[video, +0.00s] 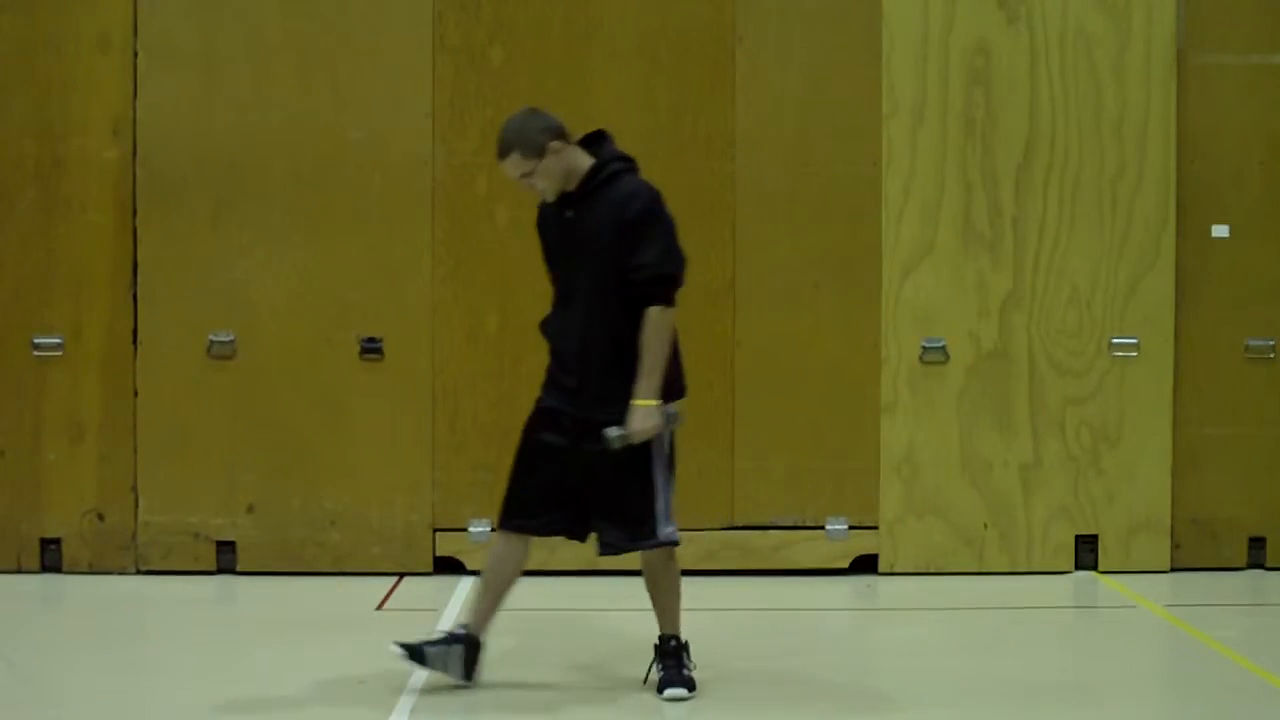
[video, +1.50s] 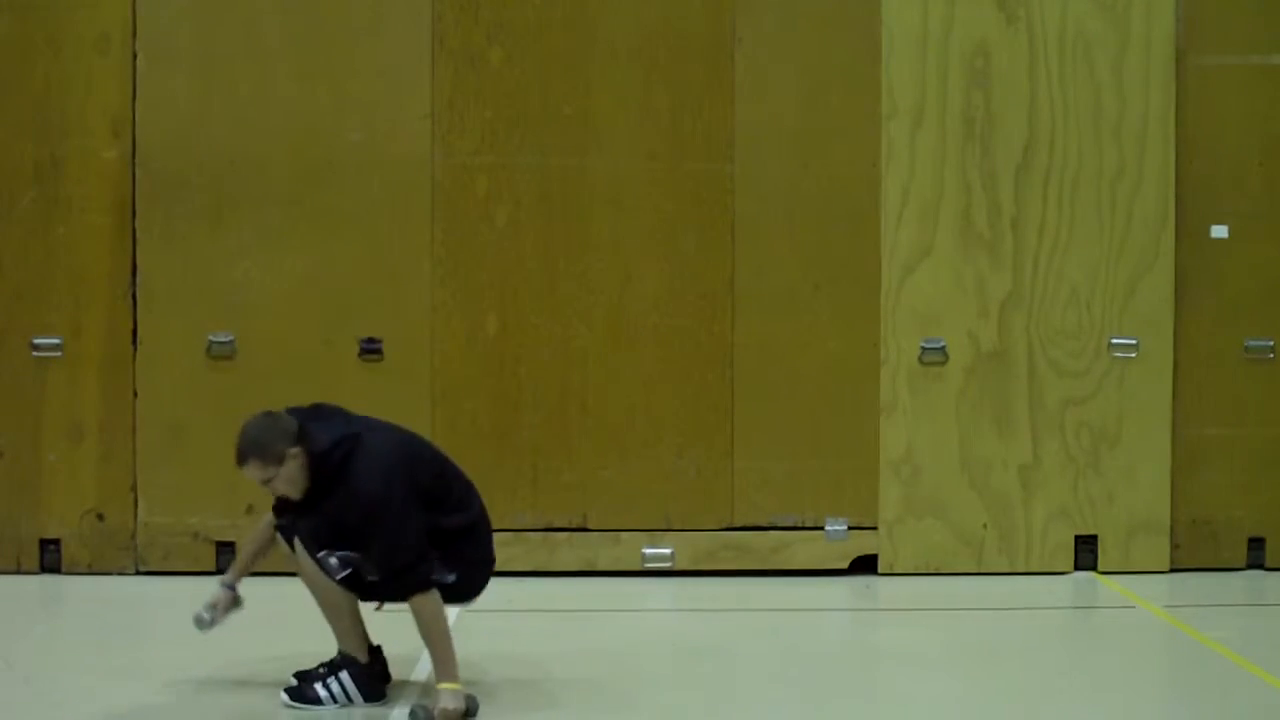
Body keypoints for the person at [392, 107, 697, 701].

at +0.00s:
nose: (529, 190)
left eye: (529, 175)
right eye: (520, 180)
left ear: (557, 148)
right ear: (536, 162)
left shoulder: (634, 200)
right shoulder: (553, 211)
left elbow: (661, 302)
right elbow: (572, 300)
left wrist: (646, 397)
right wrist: (567, 376)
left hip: (635, 393)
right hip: (568, 388)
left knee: (652, 531)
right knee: (519, 517)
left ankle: (672, 650)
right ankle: (466, 642)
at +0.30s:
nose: (402, 212)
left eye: (400, 199)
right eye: (394, 203)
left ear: (426, 174)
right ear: (415, 181)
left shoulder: (514, 207)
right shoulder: (449, 219)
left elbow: (550, 306)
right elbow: (482, 307)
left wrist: (538, 402)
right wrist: (488, 380)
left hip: (558, 393)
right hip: (494, 393)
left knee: (603, 527)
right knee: (455, 523)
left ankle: (659, 643)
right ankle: (432, 653)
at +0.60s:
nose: (316, 243)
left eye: (313, 231)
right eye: (307, 237)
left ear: (332, 201)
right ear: (329, 209)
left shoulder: (423, 221)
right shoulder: (365, 242)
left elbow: (465, 326)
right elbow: (402, 334)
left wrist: (463, 422)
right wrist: (388, 414)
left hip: (495, 382)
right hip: (444, 385)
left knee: (454, 524)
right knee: (418, 522)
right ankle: (428, 654)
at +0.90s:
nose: (258, 354)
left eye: (250, 342)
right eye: (247, 348)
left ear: (265, 310)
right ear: (267, 310)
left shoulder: (346, 316)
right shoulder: (319, 312)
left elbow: (392, 426)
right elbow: (363, 410)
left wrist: (401, 532)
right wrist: (359, 481)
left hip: (464, 404)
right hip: (426, 405)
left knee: (368, 523)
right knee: (360, 515)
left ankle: (363, 669)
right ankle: (413, 636)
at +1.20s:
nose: (242, 479)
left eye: (236, 468)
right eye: (231, 474)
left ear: (249, 437)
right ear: (246, 433)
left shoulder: (321, 430)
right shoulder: (293, 418)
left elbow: (383, 543)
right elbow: (336, 504)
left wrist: (406, 649)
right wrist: (317, 584)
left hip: (459, 469)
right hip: (431, 464)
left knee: (327, 543)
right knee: (319, 530)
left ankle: (362, 671)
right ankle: (364, 659)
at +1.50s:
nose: (270, 492)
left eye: (270, 481)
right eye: (263, 485)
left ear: (295, 457)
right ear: (291, 455)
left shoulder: (366, 476)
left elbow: (420, 590)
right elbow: (276, 523)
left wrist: (449, 685)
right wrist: (229, 583)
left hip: (456, 557)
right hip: (410, 537)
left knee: (317, 549)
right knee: (297, 534)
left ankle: (360, 670)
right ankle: (361, 658)